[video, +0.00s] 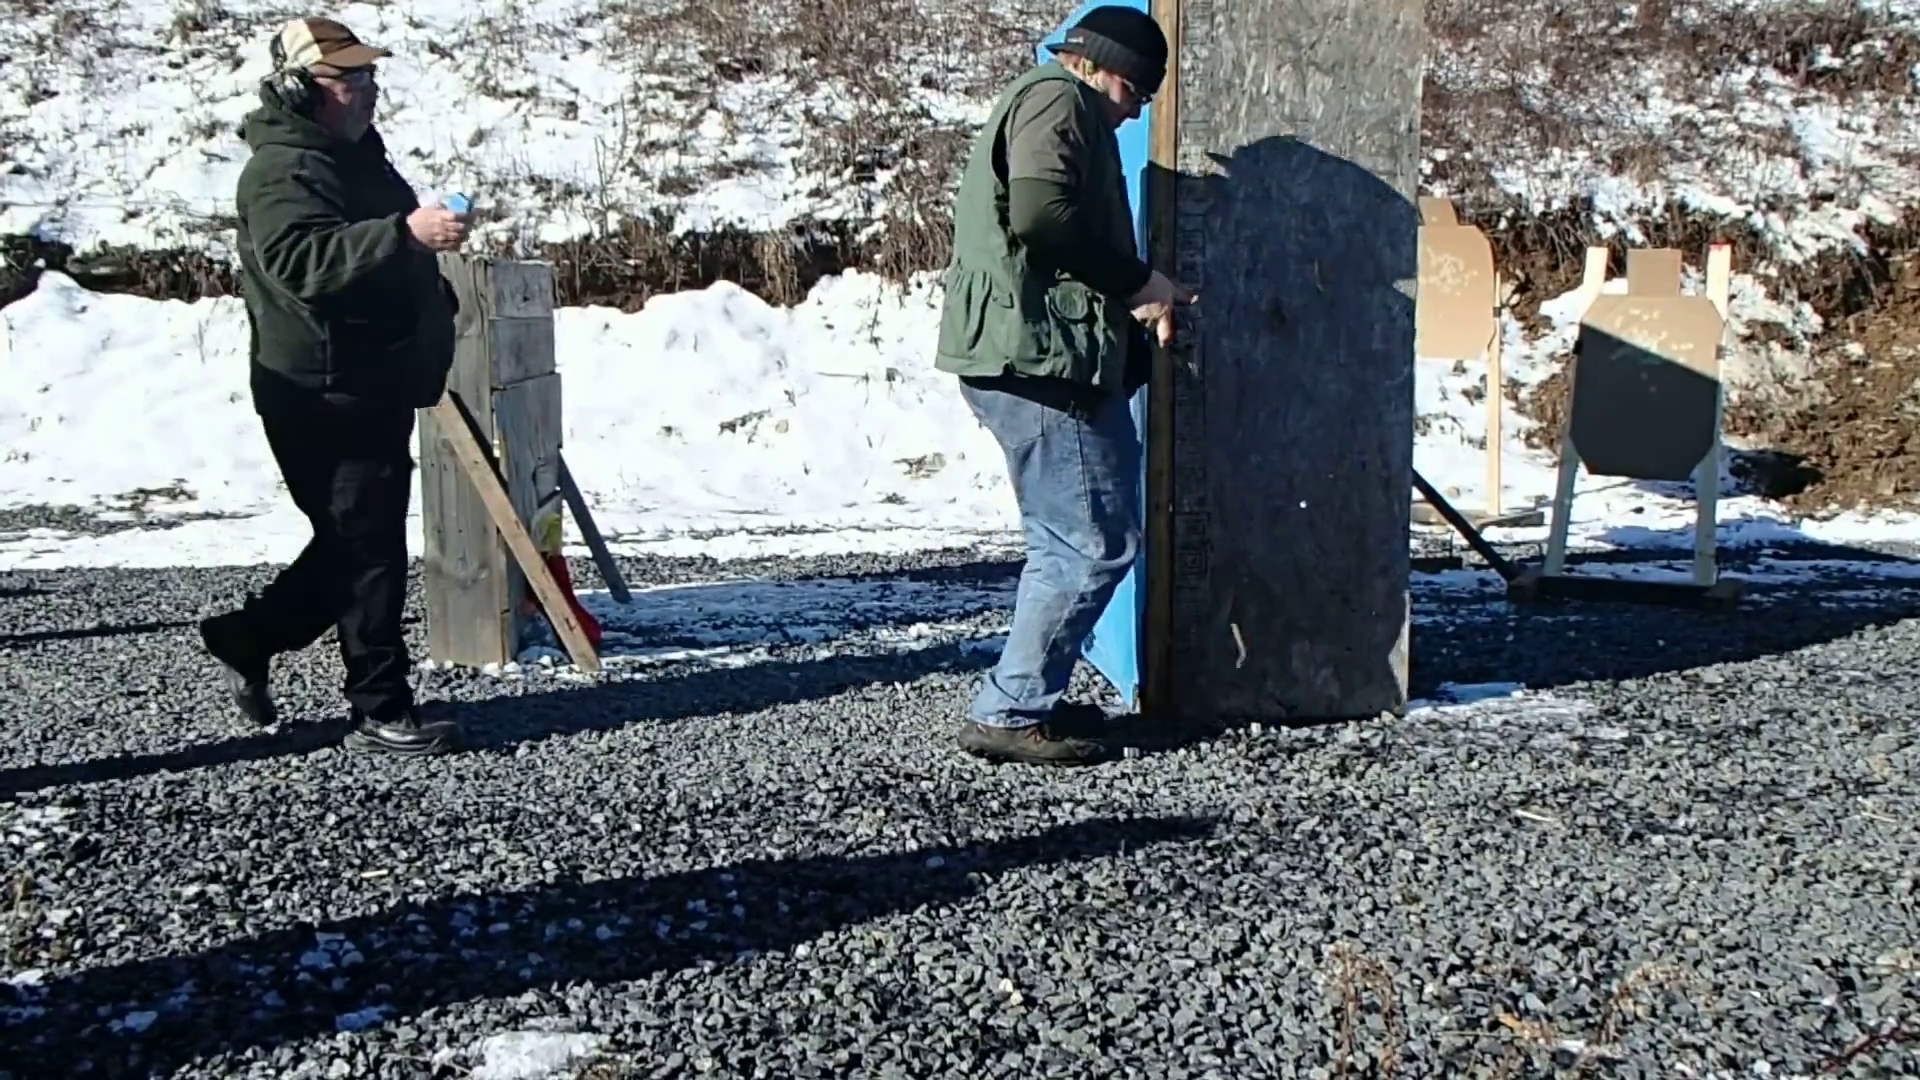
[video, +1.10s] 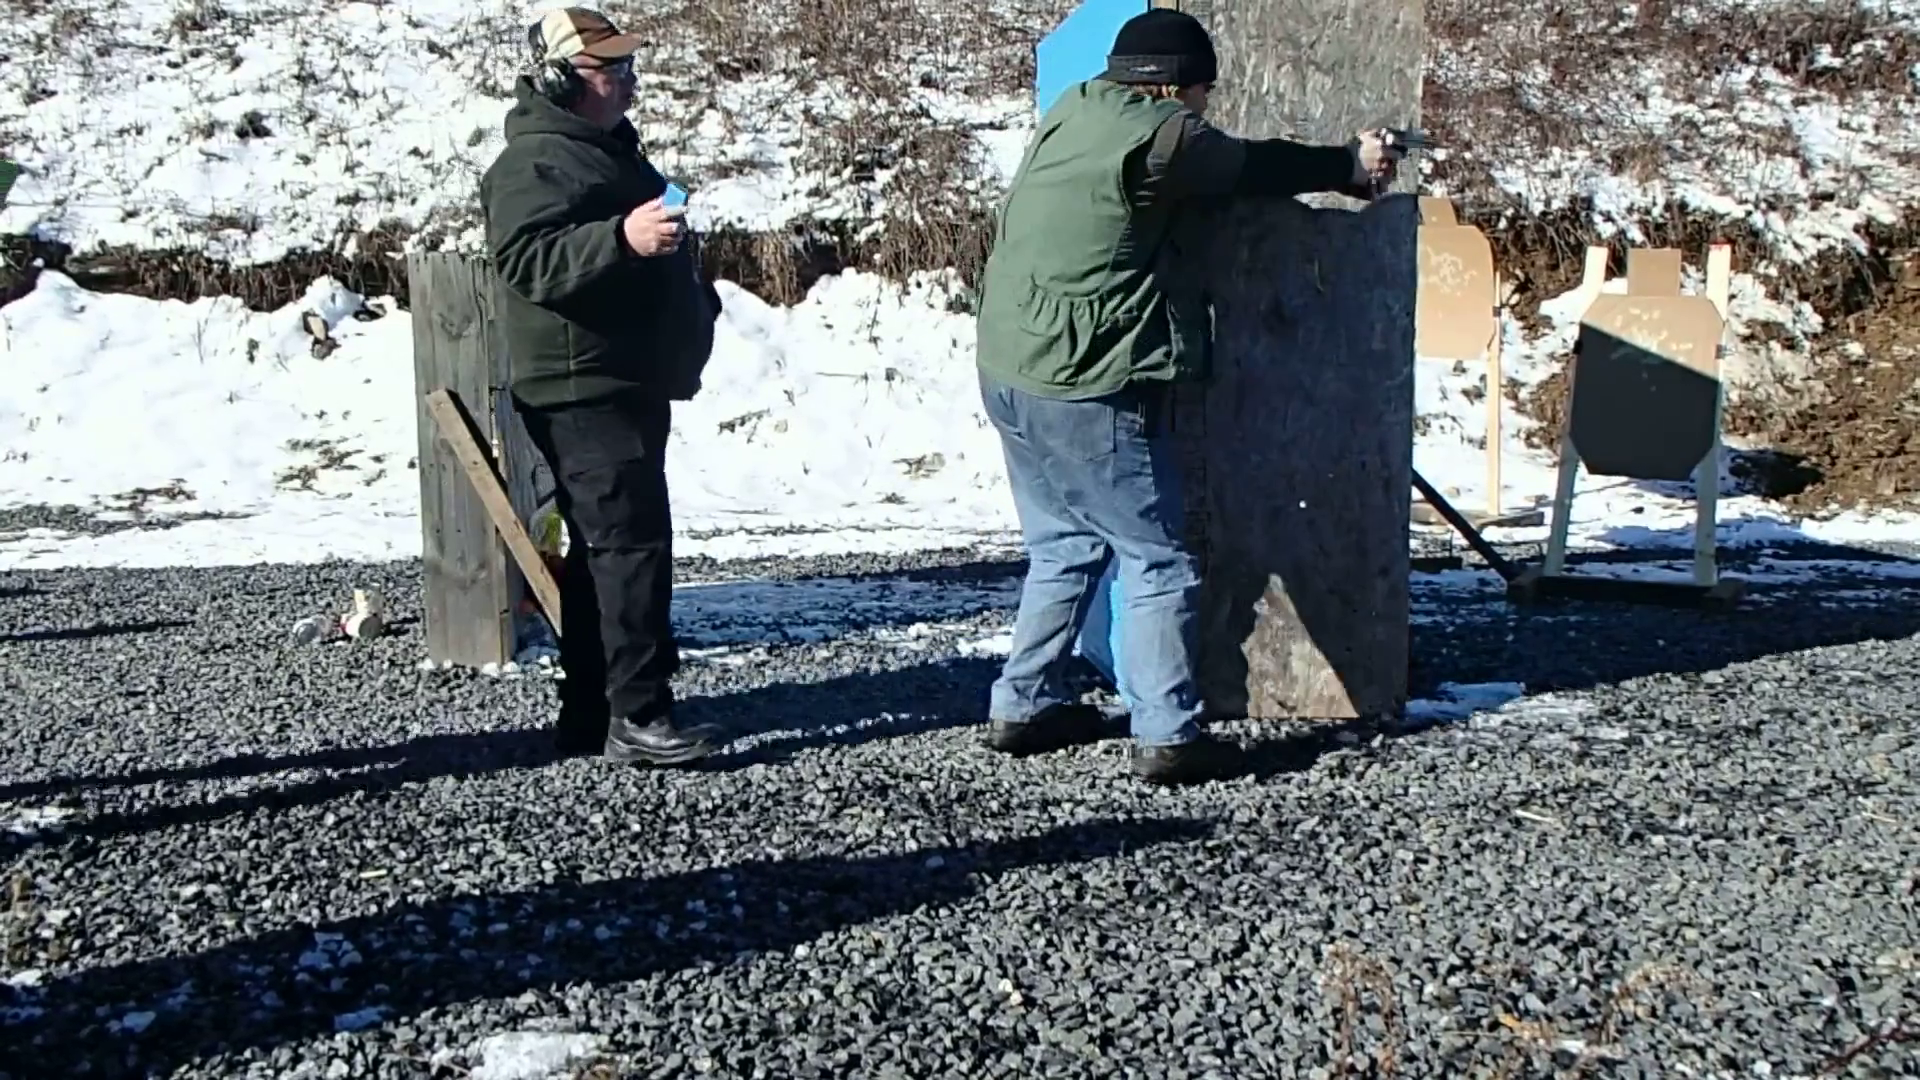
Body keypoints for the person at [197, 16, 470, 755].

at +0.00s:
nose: (373, 90)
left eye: (370, 77)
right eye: (359, 78)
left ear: (338, 89)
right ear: (319, 89)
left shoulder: (351, 155)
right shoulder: (285, 164)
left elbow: (389, 258)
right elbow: (303, 267)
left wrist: (428, 315)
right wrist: (408, 235)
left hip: (372, 383)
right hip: (319, 390)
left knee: (367, 542)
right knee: (362, 543)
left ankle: (247, 636)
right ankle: (383, 708)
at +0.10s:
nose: (398, 85)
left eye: (395, 72)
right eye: (383, 73)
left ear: (365, 84)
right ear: (342, 83)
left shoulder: (380, 148)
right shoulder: (304, 161)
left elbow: (410, 249)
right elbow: (324, 266)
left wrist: (456, 253)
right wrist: (426, 234)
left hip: (402, 378)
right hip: (338, 385)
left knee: (420, 525)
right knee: (373, 536)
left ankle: (300, 630)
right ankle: (380, 708)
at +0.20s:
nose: (419, 80)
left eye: (417, 67)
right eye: (404, 68)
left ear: (394, 79)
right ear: (360, 77)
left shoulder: (407, 147)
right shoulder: (322, 163)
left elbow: (440, 245)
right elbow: (343, 266)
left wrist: (477, 275)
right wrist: (444, 234)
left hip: (425, 379)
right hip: (359, 386)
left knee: (455, 523)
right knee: (384, 534)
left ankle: (386, 670)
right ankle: (378, 701)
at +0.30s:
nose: (443, 77)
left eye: (442, 64)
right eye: (428, 66)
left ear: (417, 76)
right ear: (385, 75)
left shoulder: (437, 147)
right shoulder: (344, 158)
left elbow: (468, 239)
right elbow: (356, 265)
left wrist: (505, 263)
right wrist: (464, 236)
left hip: (456, 380)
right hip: (381, 387)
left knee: (482, 537)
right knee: (396, 544)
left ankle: (477, 693)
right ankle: (382, 708)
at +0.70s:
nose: (549, 82)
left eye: (546, 71)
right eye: (534, 72)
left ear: (518, 84)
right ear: (492, 82)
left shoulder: (543, 159)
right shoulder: (452, 166)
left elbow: (581, 253)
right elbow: (460, 262)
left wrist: (622, 297)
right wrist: (558, 232)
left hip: (567, 386)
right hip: (491, 391)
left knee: (584, 547)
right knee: (508, 540)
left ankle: (588, 707)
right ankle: (420, 685)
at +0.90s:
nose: (591, 78)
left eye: (589, 66)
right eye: (577, 67)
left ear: (558, 77)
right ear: (536, 77)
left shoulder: (584, 149)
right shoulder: (495, 158)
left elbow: (625, 241)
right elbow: (497, 256)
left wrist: (657, 251)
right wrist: (590, 223)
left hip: (607, 375)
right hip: (543, 383)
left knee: (612, 543)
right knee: (578, 539)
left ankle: (592, 702)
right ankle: (525, 682)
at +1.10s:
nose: (631, 79)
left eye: (629, 66)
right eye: (617, 67)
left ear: (599, 77)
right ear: (576, 75)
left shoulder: (604, 146)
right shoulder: (534, 156)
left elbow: (638, 242)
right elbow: (530, 264)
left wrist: (687, 275)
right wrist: (621, 239)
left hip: (621, 379)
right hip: (577, 387)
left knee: (603, 546)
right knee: (629, 540)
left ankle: (590, 712)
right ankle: (637, 717)